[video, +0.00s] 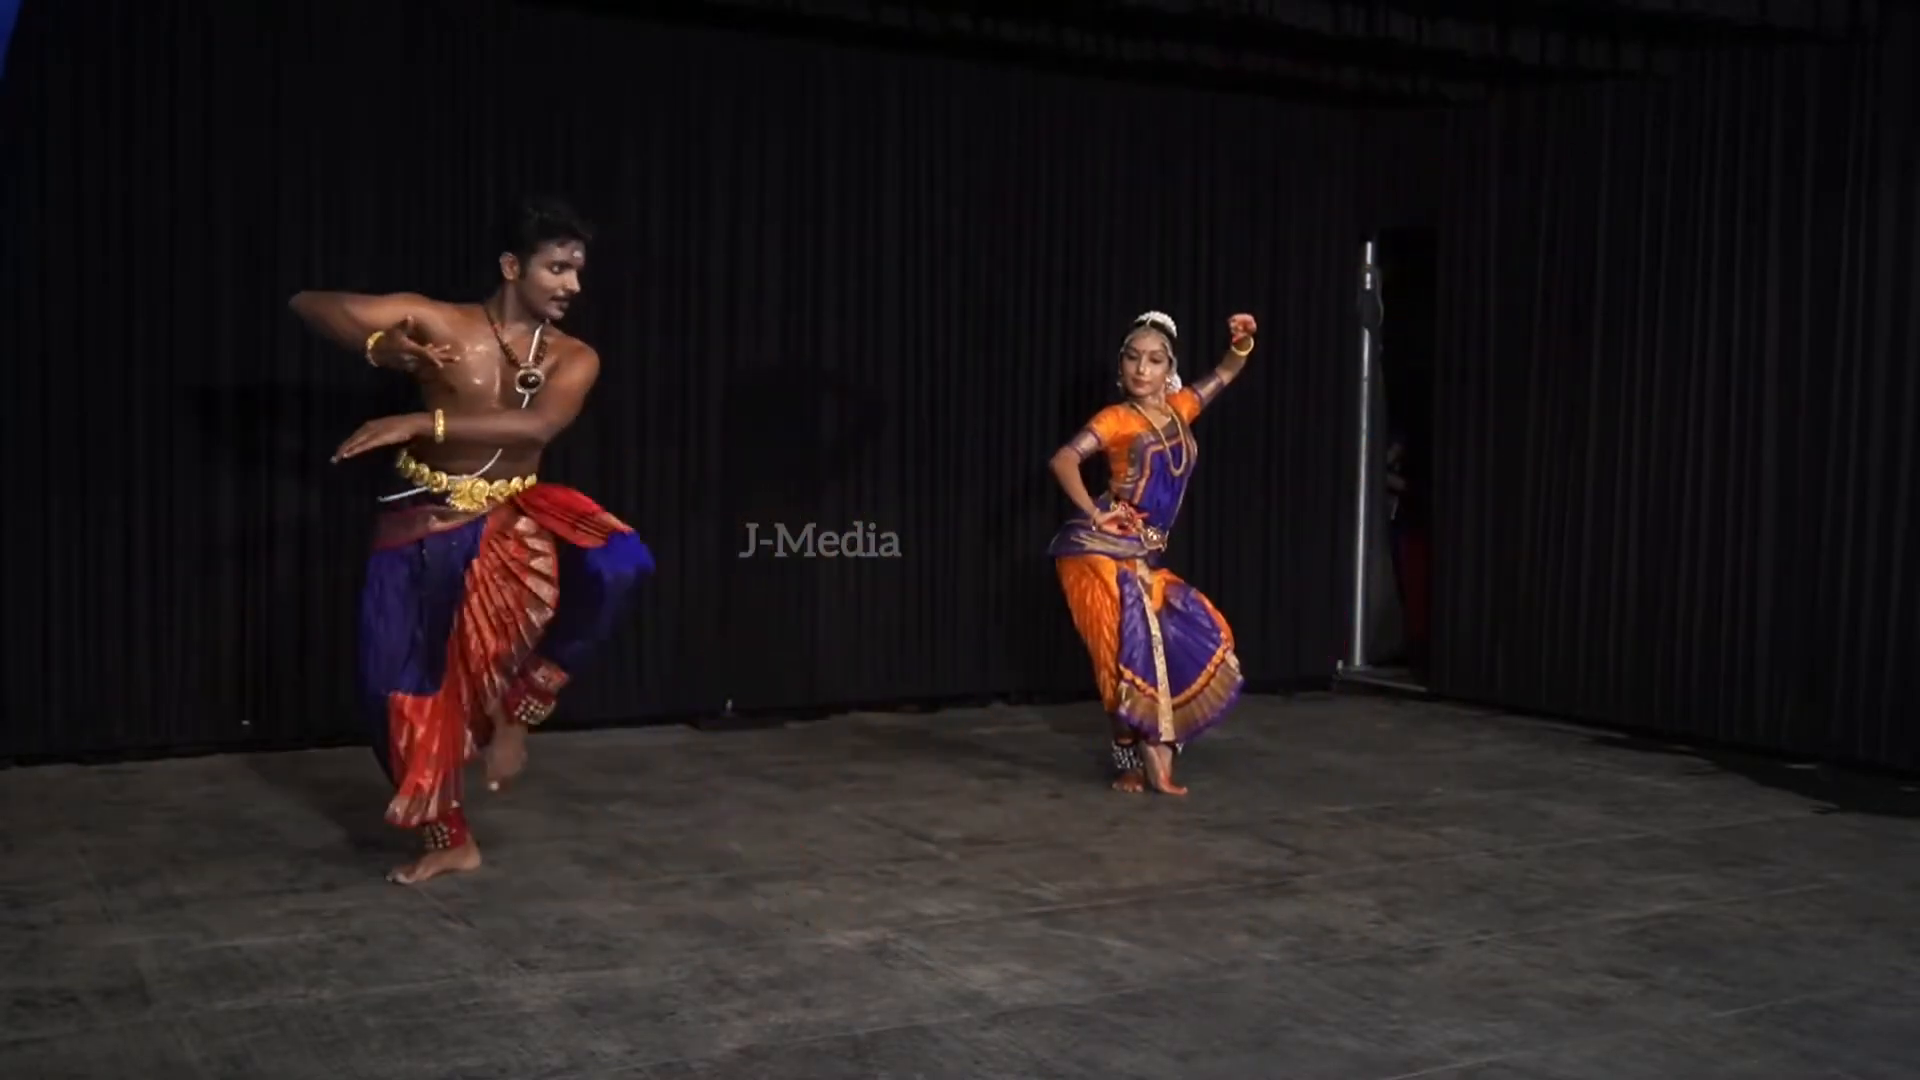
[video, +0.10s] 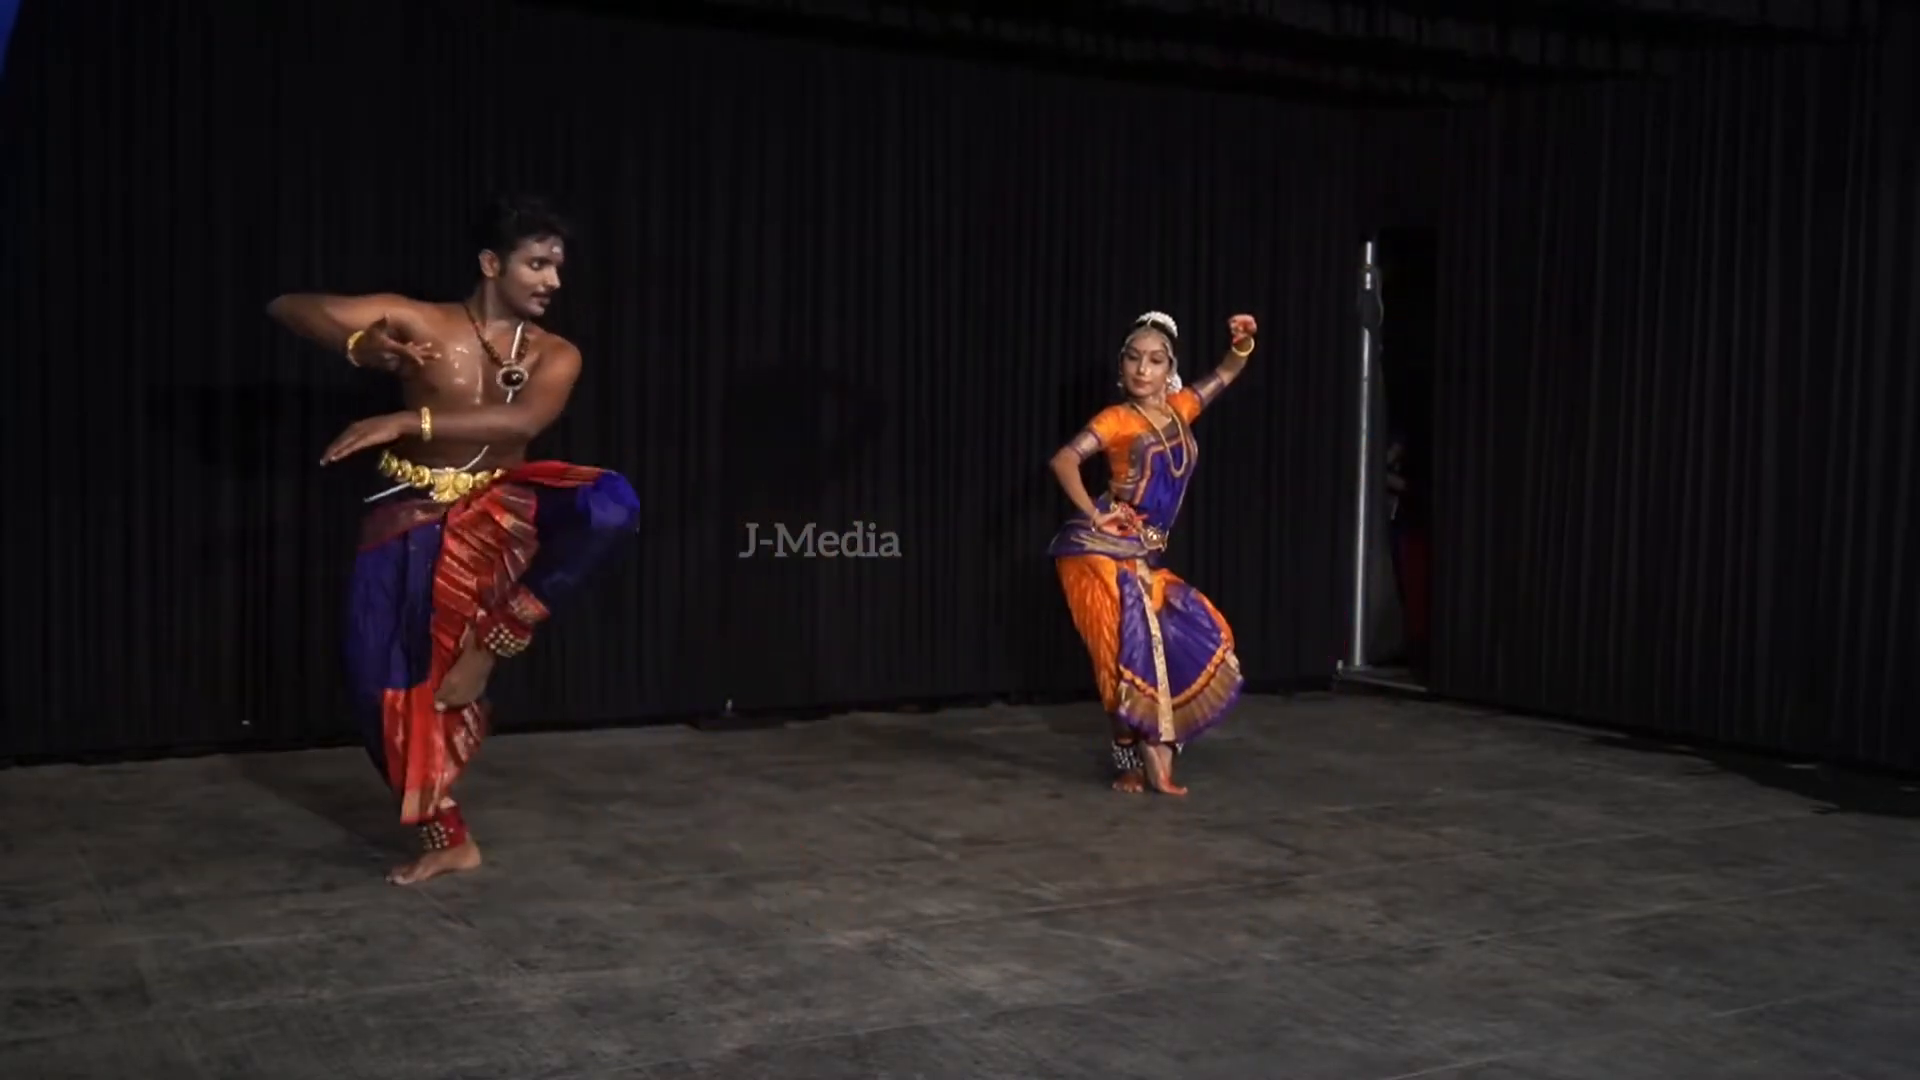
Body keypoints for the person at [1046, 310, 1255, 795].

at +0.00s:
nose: (1142, 368)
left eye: (1154, 359)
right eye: (1133, 357)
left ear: (1170, 369)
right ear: (1121, 365)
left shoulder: (1180, 408)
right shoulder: (1118, 420)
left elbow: (1224, 373)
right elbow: (1063, 461)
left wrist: (1242, 344)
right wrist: (1094, 513)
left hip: (1143, 560)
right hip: (1098, 554)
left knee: (1168, 642)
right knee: (1121, 643)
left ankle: (1160, 749)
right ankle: (1125, 753)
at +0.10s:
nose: (1143, 368)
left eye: (1155, 359)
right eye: (1134, 358)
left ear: (1171, 370)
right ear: (1122, 365)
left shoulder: (1180, 407)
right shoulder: (1118, 420)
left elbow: (1224, 373)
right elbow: (1063, 461)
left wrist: (1242, 344)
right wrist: (1094, 515)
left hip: (1143, 560)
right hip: (1098, 554)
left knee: (1168, 642)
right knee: (1122, 642)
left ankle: (1160, 748)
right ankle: (1125, 753)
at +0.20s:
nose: (1143, 368)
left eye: (1156, 359)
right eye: (1135, 358)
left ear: (1171, 369)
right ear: (1122, 365)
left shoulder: (1180, 408)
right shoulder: (1119, 421)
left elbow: (1224, 373)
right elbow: (1064, 462)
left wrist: (1242, 345)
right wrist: (1095, 517)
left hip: (1144, 559)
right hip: (1098, 553)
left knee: (1167, 643)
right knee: (1122, 642)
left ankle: (1160, 750)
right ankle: (1125, 752)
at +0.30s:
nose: (1144, 369)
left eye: (1157, 360)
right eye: (1135, 358)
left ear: (1172, 370)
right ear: (1123, 365)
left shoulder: (1181, 407)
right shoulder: (1119, 421)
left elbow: (1224, 373)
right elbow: (1064, 463)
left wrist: (1242, 345)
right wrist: (1095, 518)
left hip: (1144, 560)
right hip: (1099, 553)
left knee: (1167, 643)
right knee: (1123, 642)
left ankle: (1159, 750)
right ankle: (1125, 752)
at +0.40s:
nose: (1145, 369)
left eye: (1157, 360)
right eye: (1136, 358)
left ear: (1173, 370)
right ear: (1123, 365)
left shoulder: (1181, 408)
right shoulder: (1119, 421)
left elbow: (1224, 373)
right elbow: (1065, 463)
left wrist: (1242, 345)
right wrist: (1096, 518)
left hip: (1144, 560)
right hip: (1098, 553)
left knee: (1169, 642)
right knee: (1124, 642)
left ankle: (1160, 750)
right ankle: (1125, 752)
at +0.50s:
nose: (1146, 368)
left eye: (1158, 359)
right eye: (1137, 357)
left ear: (1173, 370)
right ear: (1124, 365)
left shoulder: (1182, 407)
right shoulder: (1120, 421)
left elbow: (1225, 372)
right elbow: (1066, 463)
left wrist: (1243, 343)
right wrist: (1096, 517)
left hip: (1144, 560)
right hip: (1098, 553)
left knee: (1179, 638)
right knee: (1125, 640)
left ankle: (1160, 748)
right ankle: (1125, 752)